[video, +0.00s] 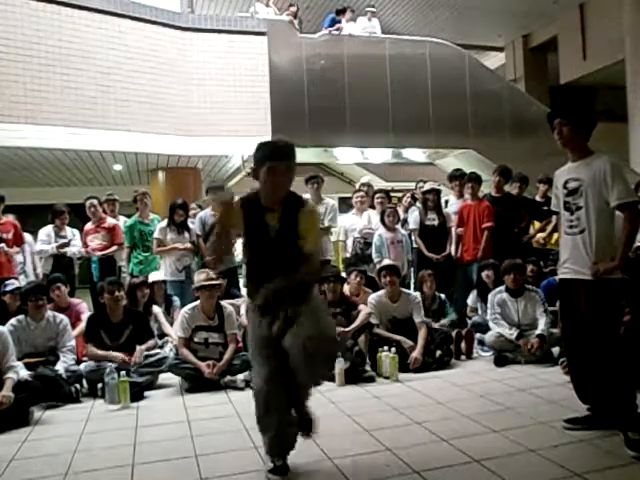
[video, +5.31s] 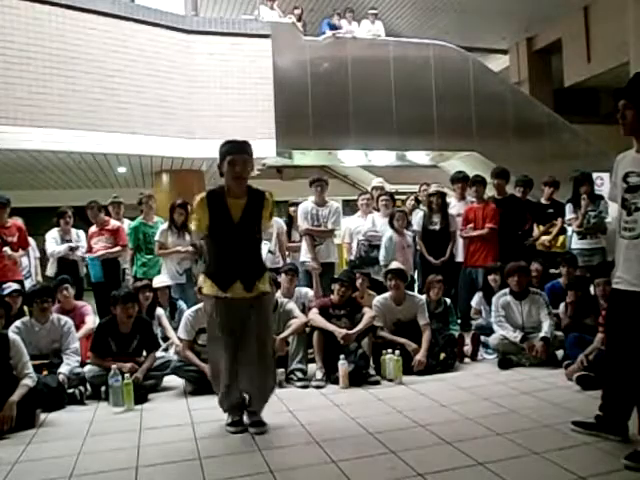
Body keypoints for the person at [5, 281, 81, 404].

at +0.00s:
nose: (39, 303)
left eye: (42, 299)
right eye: (34, 300)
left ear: (47, 301)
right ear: (25, 305)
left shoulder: (60, 321)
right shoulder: (14, 326)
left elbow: (69, 352)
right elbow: (10, 359)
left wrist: (58, 371)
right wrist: (24, 375)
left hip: (53, 367)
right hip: (28, 370)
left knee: (76, 374)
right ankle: (69, 394)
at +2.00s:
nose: (53, 302)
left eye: (53, 298)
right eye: (48, 299)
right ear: (35, 305)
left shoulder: (64, 323)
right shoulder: (18, 329)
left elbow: (71, 353)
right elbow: (15, 359)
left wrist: (63, 372)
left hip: (58, 368)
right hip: (32, 371)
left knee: (79, 375)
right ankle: (69, 397)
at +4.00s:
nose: (44, 305)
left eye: (47, 301)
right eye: (39, 302)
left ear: (53, 303)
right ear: (31, 305)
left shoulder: (64, 323)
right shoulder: (18, 328)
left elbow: (72, 353)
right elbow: (15, 357)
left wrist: (63, 373)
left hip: (58, 369)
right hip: (32, 372)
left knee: (79, 375)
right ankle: (69, 397)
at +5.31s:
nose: (44, 306)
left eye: (47, 301)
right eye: (39, 302)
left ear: (53, 303)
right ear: (31, 305)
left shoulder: (64, 323)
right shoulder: (19, 328)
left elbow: (72, 354)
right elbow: (14, 356)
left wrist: (63, 373)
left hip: (57, 369)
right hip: (31, 371)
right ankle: (70, 397)